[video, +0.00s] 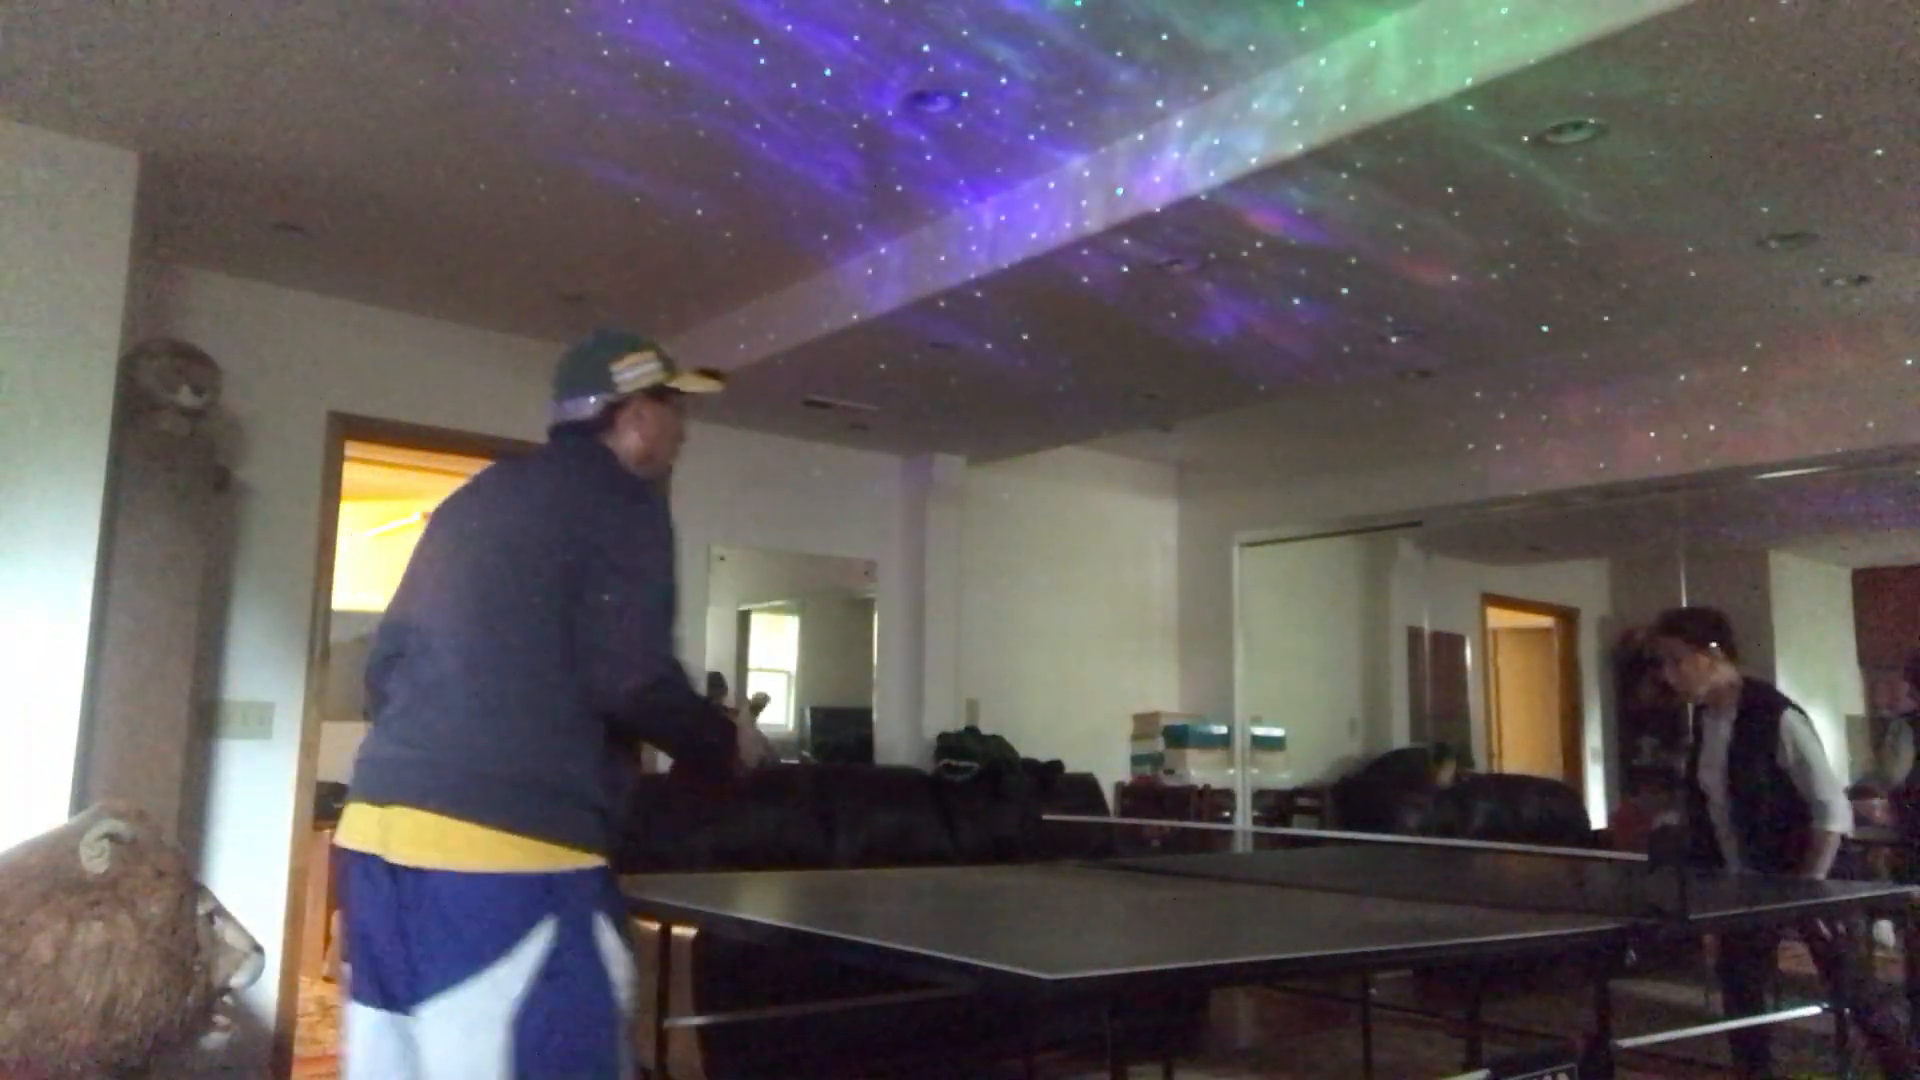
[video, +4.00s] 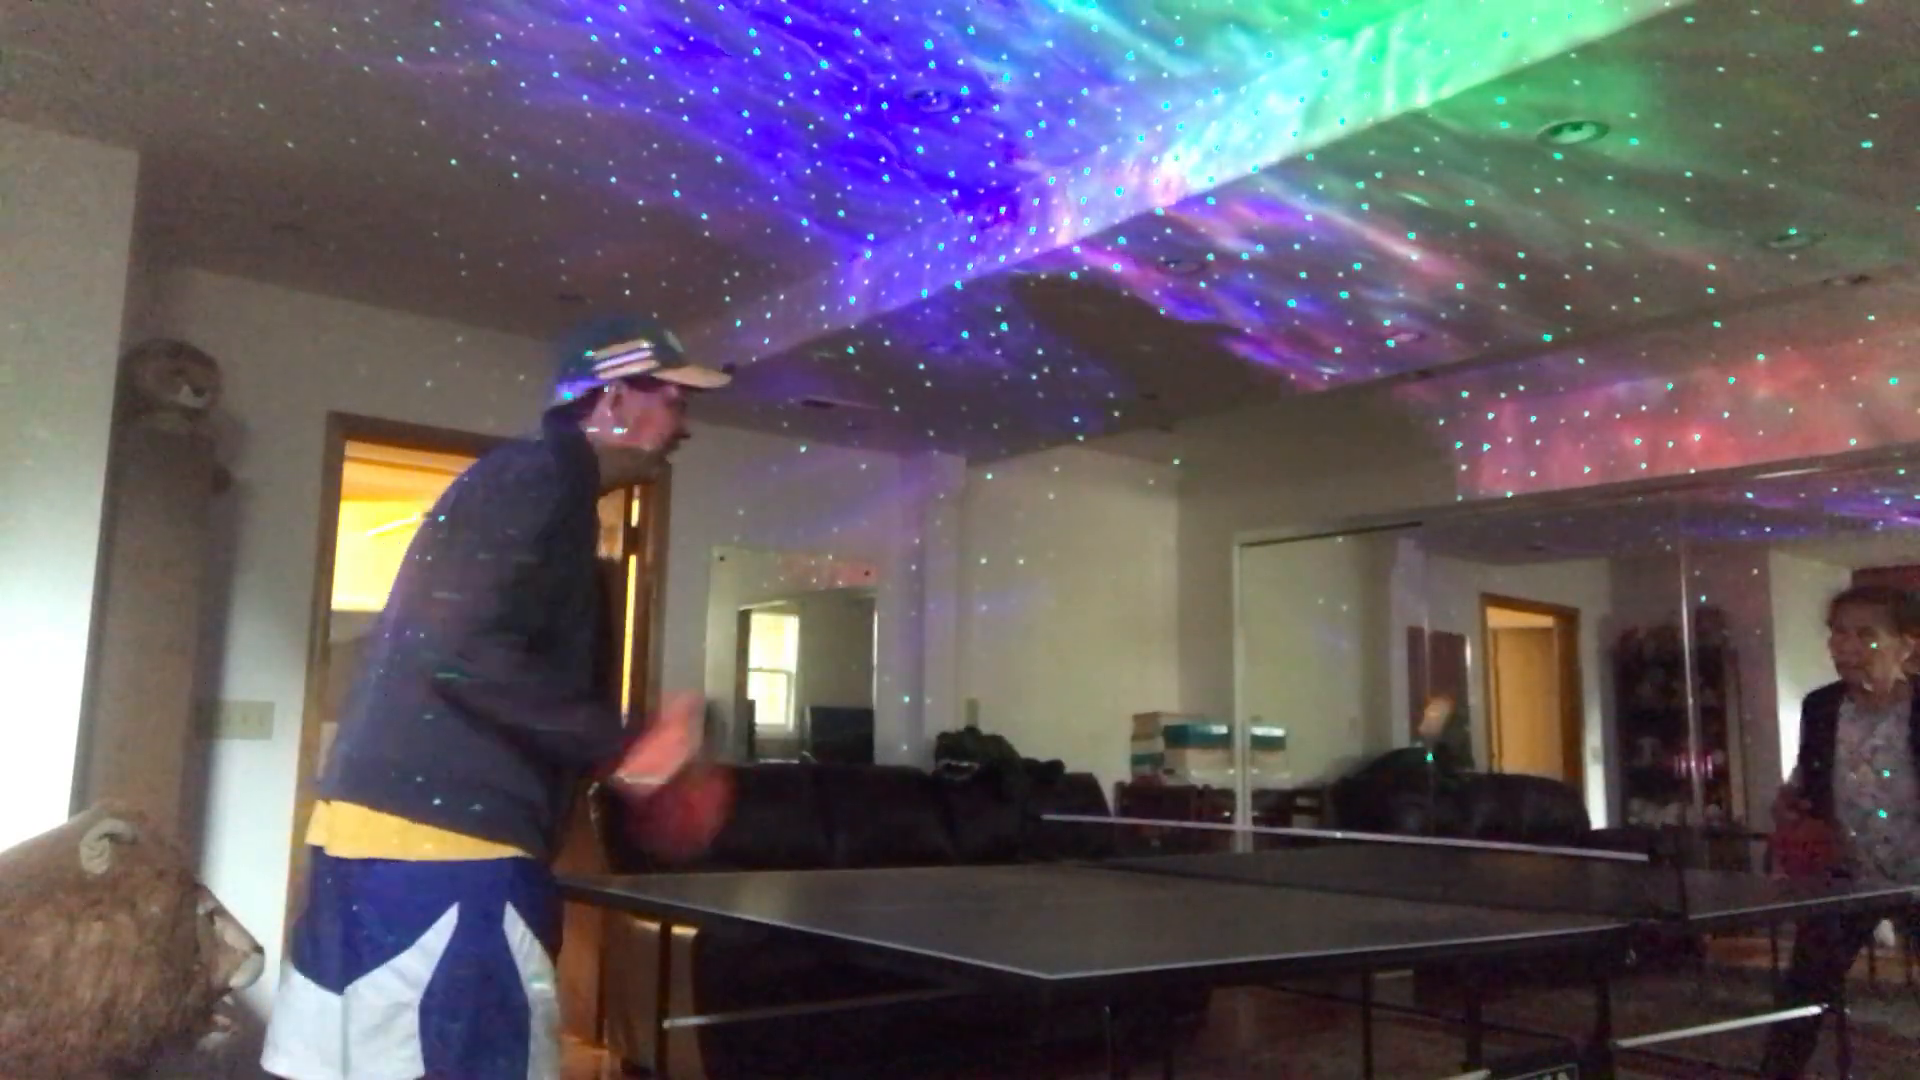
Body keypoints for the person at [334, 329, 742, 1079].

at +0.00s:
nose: (681, 427)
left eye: (678, 408)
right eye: (672, 408)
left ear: (572, 416)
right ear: (632, 416)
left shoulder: (472, 495)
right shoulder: (624, 502)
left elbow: (386, 664)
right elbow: (626, 678)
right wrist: (720, 740)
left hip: (376, 843)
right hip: (511, 855)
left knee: (387, 1066)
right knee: (550, 1064)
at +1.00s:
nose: (687, 437)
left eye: (690, 416)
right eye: (682, 413)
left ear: (577, 400)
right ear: (642, 410)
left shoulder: (450, 458)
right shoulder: (641, 502)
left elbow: (312, 562)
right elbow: (653, 693)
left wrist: (256, 730)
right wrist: (773, 696)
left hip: (340, 804)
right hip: (488, 830)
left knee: (292, 1051)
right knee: (492, 1059)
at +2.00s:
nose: (601, 399)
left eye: (600, 378)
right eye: (592, 376)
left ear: (524, 376)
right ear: (539, 374)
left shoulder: (409, 471)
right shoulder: (508, 477)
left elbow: (343, 642)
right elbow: (517, 670)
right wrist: (677, 695)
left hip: (355, 841)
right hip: (453, 853)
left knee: (363, 1061)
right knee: (472, 1061)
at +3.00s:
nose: (746, 478)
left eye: (746, 462)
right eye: (737, 460)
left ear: (658, 457)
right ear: (695, 463)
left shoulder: (529, 507)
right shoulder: (703, 552)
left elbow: (411, 621)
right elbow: (809, 661)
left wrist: (407, 764)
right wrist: (894, 574)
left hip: (408, 814)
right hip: (545, 834)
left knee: (397, 1059)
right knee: (604, 1061)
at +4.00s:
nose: (684, 427)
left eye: (684, 404)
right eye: (674, 400)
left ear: (606, 400)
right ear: (615, 399)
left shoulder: (520, 477)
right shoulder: (540, 474)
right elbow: (458, 642)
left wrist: (638, 789)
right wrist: (616, 741)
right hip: (443, 842)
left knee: (349, 1061)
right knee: (469, 1060)